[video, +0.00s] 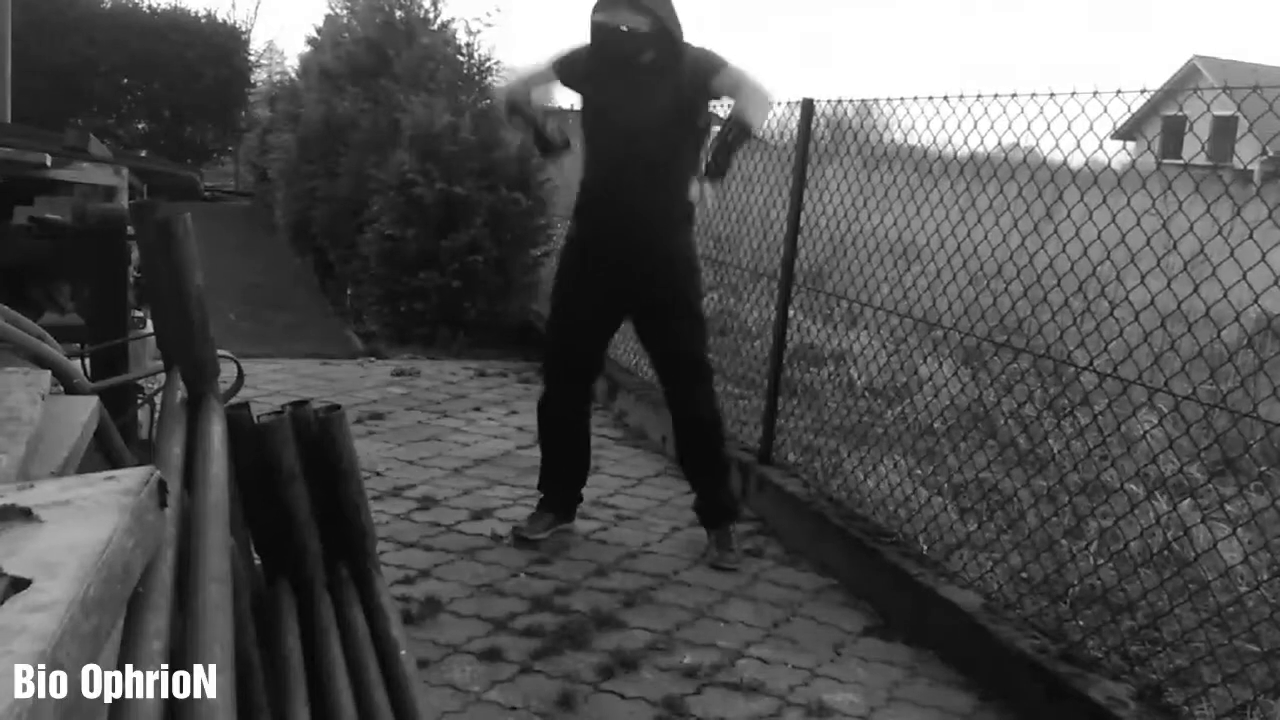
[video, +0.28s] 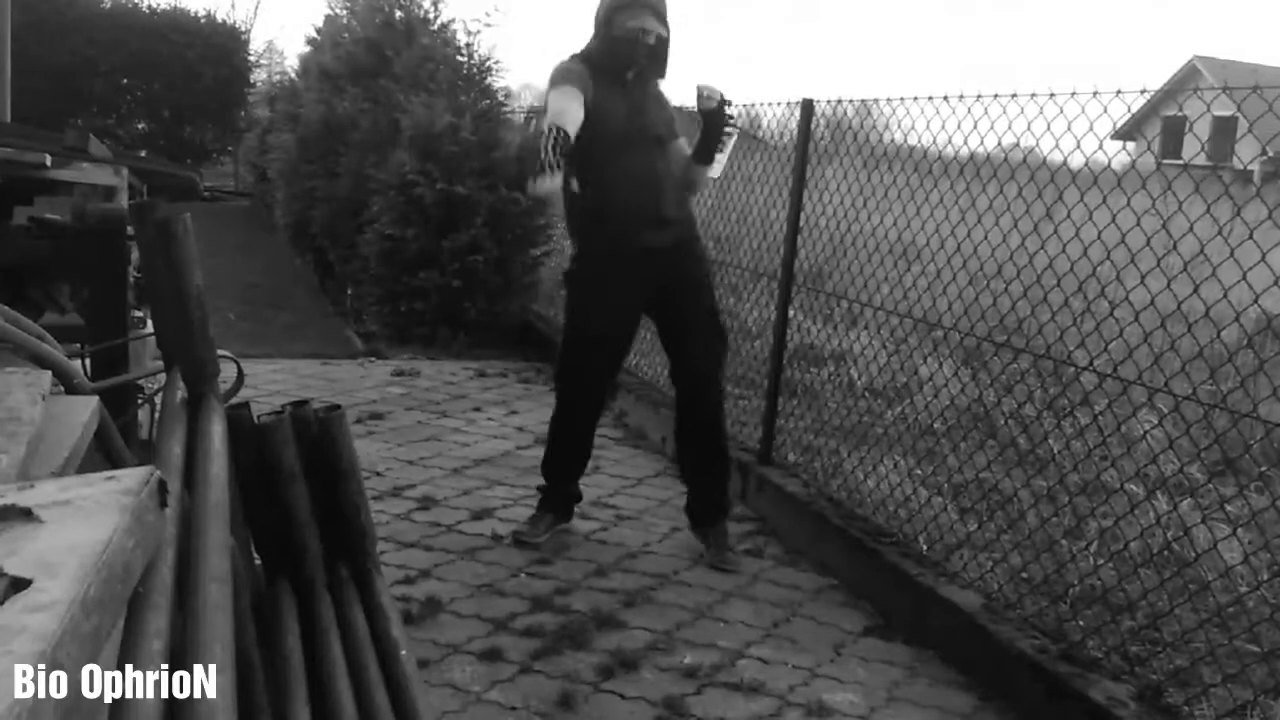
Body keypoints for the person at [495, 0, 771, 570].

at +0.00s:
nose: (611, 36)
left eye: (619, 27)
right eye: (608, 27)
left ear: (644, 21)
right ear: (610, 25)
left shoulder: (693, 64)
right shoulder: (592, 59)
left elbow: (756, 95)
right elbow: (508, 90)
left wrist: (728, 143)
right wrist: (539, 122)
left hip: (663, 252)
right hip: (592, 247)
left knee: (689, 385)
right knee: (565, 379)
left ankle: (719, 521)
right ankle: (557, 505)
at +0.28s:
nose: (644, 44)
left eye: (655, 36)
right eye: (633, 32)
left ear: (664, 43)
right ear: (606, 31)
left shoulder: (660, 102)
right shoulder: (580, 74)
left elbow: (679, 194)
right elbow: (566, 102)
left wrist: (708, 147)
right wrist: (556, 138)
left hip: (676, 261)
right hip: (605, 260)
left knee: (701, 384)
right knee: (580, 388)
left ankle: (711, 520)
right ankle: (554, 504)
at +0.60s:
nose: (642, 57)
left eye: (654, 44)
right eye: (630, 46)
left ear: (678, 35)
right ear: (618, 41)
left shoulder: (712, 80)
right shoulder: (622, 90)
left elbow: (718, 23)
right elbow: (574, 144)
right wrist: (582, 152)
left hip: (684, 255)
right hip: (612, 248)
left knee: (706, 386)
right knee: (580, 375)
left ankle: (730, 521)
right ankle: (550, 498)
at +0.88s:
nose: (656, 35)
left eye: (667, 24)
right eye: (649, 24)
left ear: (696, 24)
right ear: (641, 23)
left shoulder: (733, 80)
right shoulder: (635, 61)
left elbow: (737, 161)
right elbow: (548, 51)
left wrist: (664, 133)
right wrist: (601, 78)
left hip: (687, 260)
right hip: (615, 248)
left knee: (705, 393)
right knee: (575, 375)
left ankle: (727, 525)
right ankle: (553, 501)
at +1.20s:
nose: (665, 40)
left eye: (676, 29)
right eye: (651, 26)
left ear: (686, 31)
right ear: (622, 25)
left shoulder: (678, 89)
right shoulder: (601, 83)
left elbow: (719, 178)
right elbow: (656, 164)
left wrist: (703, 116)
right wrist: (682, 111)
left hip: (688, 266)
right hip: (617, 267)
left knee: (717, 388)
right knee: (588, 389)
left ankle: (730, 520)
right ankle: (555, 505)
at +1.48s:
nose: (637, 56)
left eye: (646, 43)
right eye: (628, 45)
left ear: (678, 34)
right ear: (621, 40)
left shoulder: (729, 78)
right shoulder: (628, 80)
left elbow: (673, 164)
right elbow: (604, 149)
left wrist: (617, 184)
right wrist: (595, 187)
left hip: (689, 263)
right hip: (616, 253)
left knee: (705, 393)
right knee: (581, 378)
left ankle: (725, 523)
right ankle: (549, 499)